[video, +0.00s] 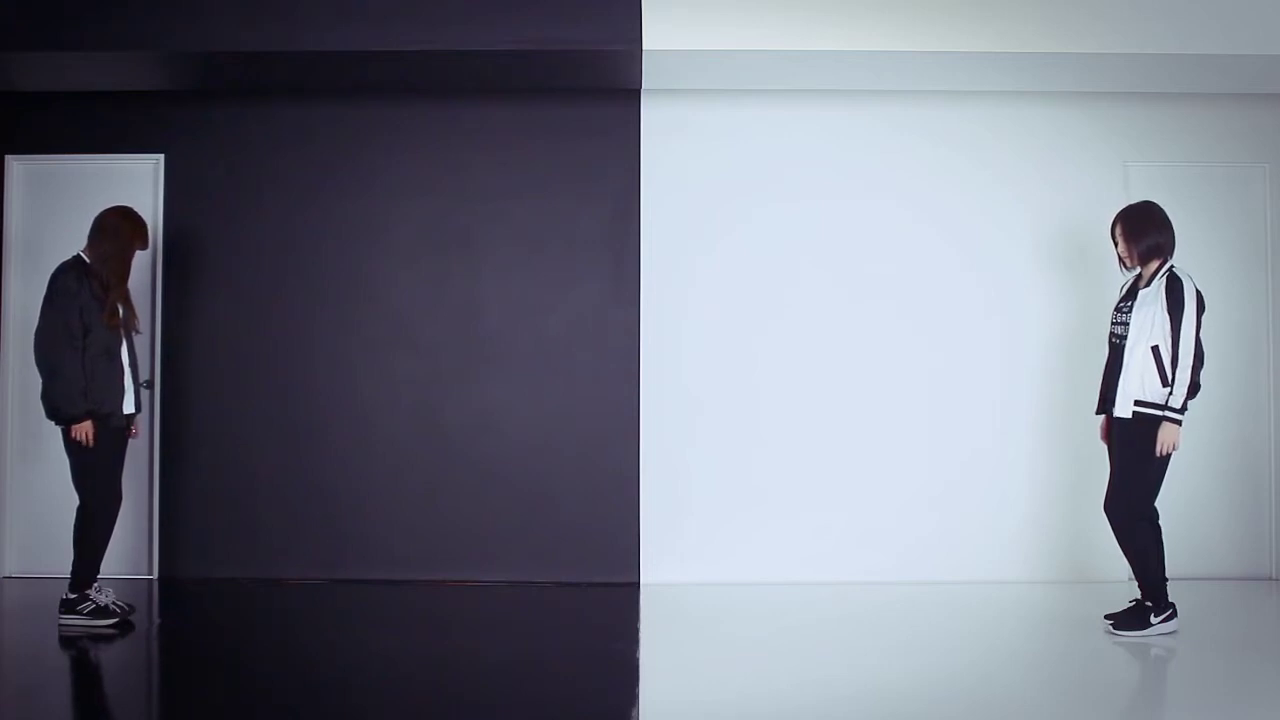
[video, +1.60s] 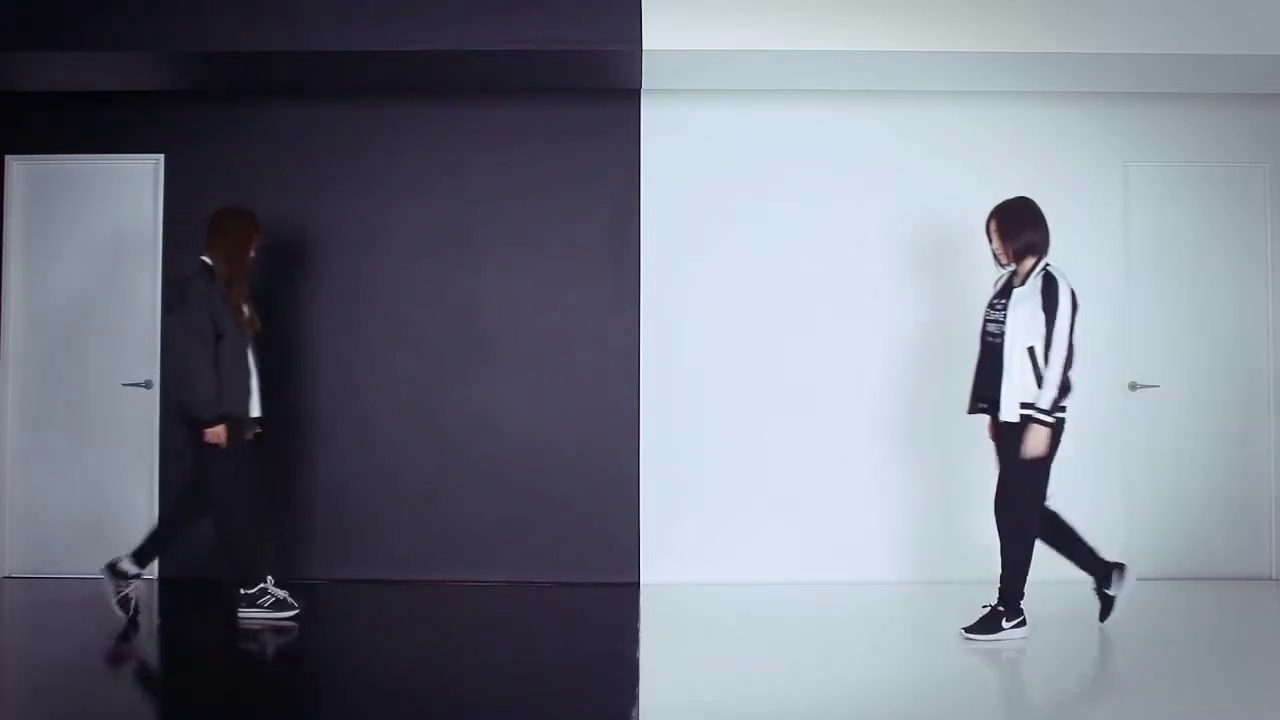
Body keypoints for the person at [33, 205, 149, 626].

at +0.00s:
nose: (132, 259)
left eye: (135, 251)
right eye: (130, 250)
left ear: (107, 240)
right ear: (114, 244)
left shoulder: (109, 283)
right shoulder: (70, 278)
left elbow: (119, 353)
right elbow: (55, 349)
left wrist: (130, 410)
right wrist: (75, 412)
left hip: (112, 416)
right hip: (87, 417)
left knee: (107, 501)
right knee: (97, 502)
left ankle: (86, 590)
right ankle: (77, 597)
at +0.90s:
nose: (156, 256)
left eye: (157, 247)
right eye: (153, 247)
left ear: (129, 240)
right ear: (136, 242)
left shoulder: (132, 285)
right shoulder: (96, 279)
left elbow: (135, 358)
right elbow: (80, 350)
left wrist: (145, 414)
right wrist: (98, 413)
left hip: (128, 414)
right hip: (111, 415)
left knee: (104, 503)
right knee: (156, 489)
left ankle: (87, 592)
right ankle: (107, 576)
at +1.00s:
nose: (162, 255)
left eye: (164, 247)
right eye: (160, 246)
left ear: (136, 240)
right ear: (142, 242)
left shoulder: (132, 282)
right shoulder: (103, 278)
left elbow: (135, 347)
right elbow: (85, 348)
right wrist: (104, 412)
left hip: (136, 415)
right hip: (122, 417)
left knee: (105, 508)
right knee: (173, 481)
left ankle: (86, 593)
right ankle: (151, 573)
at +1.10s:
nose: (173, 255)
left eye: (175, 246)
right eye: (169, 245)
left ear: (152, 244)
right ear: (149, 242)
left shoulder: (155, 285)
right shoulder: (113, 280)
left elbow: (164, 355)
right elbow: (94, 350)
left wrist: (176, 411)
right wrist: (112, 414)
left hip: (148, 418)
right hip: (133, 419)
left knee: (107, 511)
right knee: (182, 487)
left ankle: (86, 593)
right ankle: (195, 576)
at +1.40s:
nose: (214, 263)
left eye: (215, 254)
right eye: (210, 254)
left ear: (188, 250)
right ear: (190, 250)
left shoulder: (185, 294)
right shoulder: (158, 290)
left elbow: (185, 364)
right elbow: (143, 361)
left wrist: (193, 424)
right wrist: (156, 425)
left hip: (180, 427)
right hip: (171, 429)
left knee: (130, 512)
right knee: (205, 511)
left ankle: (89, 590)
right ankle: (244, 587)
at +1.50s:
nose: (233, 260)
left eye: (234, 251)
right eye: (229, 251)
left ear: (204, 248)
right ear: (210, 249)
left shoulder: (209, 290)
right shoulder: (179, 290)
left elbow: (213, 359)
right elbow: (166, 359)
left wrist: (225, 418)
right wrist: (180, 422)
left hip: (213, 421)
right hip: (192, 423)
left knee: (154, 503)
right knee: (226, 506)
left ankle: (100, 582)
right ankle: (251, 590)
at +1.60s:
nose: (253, 257)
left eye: (255, 249)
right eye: (249, 248)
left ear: (226, 247)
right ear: (229, 246)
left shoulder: (232, 288)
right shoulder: (199, 287)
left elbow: (238, 360)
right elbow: (194, 358)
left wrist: (251, 414)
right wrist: (209, 416)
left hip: (241, 420)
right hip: (220, 423)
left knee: (197, 501)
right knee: (239, 504)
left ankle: (131, 565)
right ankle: (253, 590)